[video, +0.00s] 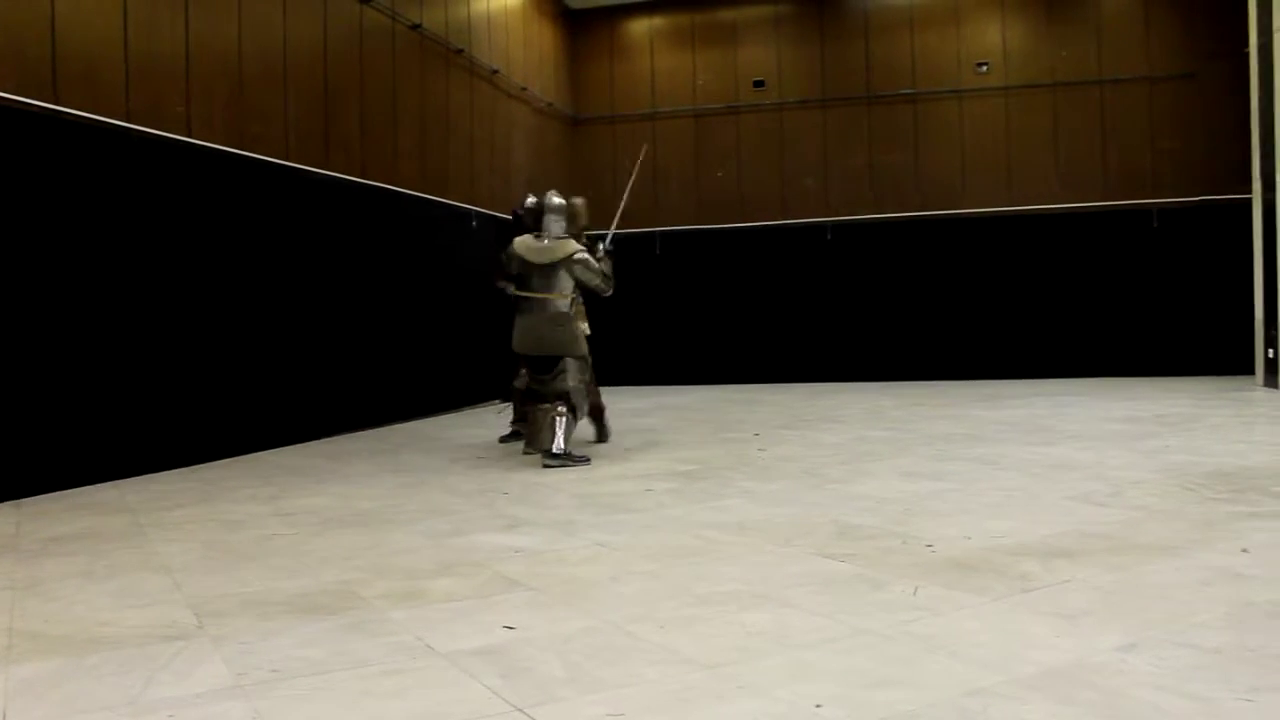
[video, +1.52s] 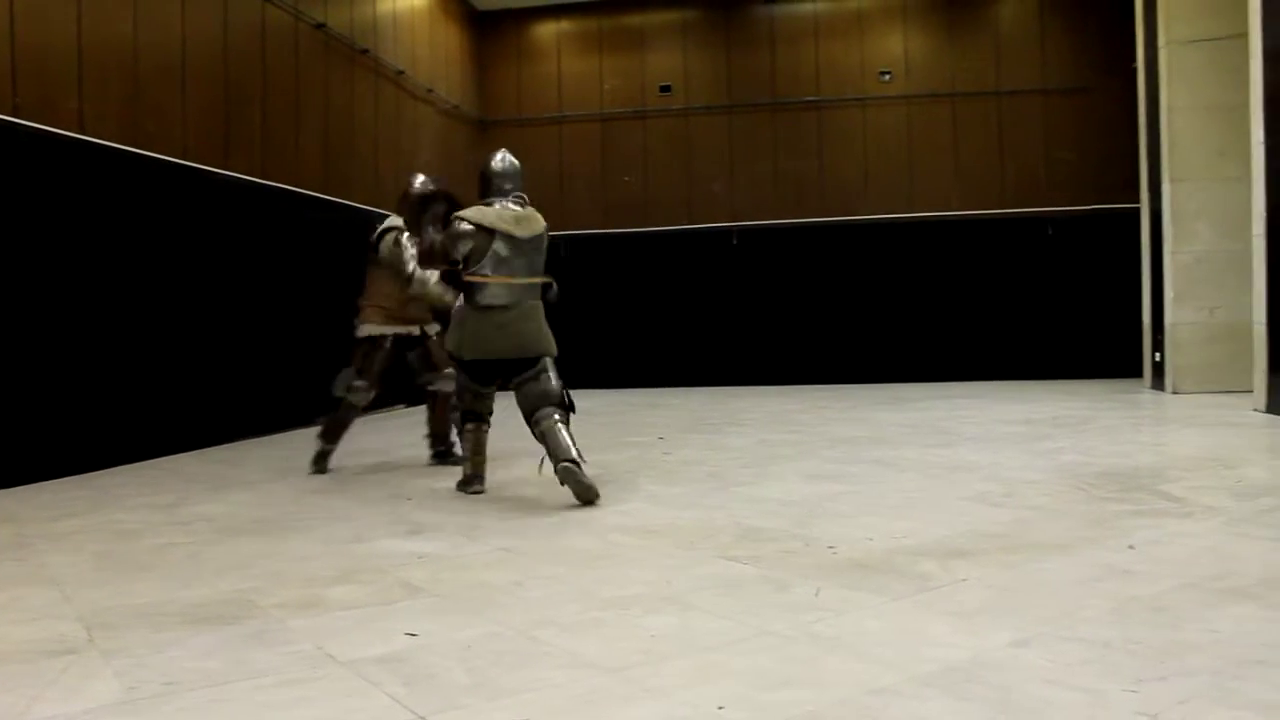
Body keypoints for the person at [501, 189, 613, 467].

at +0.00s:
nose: (561, 223)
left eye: (553, 218)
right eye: (564, 219)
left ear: (542, 218)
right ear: (568, 220)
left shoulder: (520, 249)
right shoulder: (571, 253)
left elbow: (505, 274)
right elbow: (603, 285)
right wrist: (603, 257)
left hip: (528, 331)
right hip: (561, 331)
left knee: (537, 380)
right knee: (573, 387)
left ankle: (534, 439)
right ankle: (558, 448)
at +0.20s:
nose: (530, 225)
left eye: (535, 219)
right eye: (527, 219)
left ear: (545, 221)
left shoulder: (509, 248)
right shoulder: (558, 248)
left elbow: (504, 271)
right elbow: (591, 256)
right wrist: (585, 227)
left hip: (523, 326)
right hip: (553, 325)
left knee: (527, 382)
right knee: (559, 383)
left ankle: (528, 438)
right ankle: (545, 445)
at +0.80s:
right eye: (570, 201)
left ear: (544, 199)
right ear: (571, 202)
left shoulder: (522, 229)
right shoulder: (581, 235)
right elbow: (608, 260)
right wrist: (603, 238)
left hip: (526, 318)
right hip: (567, 321)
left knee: (521, 385)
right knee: (581, 386)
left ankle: (512, 449)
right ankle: (565, 449)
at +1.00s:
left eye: (529, 194)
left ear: (524, 194)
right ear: (555, 196)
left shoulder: (506, 225)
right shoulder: (567, 235)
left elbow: (481, 264)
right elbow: (577, 275)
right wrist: (583, 250)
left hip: (510, 319)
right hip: (551, 320)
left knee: (506, 378)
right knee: (547, 388)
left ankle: (510, 430)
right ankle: (538, 455)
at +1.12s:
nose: (527, 196)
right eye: (534, 190)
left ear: (510, 189)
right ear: (543, 191)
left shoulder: (491, 221)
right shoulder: (560, 234)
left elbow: (469, 259)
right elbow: (562, 273)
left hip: (500, 323)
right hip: (543, 324)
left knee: (507, 392)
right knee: (540, 390)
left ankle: (512, 461)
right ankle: (534, 457)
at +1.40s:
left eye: (482, 176)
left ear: (480, 177)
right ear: (516, 176)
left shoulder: (465, 218)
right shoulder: (537, 216)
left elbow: (441, 273)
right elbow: (538, 251)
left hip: (483, 325)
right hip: (531, 323)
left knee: (484, 400)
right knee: (539, 394)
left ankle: (485, 473)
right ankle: (555, 456)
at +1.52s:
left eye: (489, 182)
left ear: (484, 184)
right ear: (520, 184)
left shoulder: (466, 225)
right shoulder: (538, 226)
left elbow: (449, 271)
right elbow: (542, 278)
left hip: (477, 334)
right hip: (528, 333)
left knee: (474, 397)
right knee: (544, 402)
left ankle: (474, 473)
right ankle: (568, 461)